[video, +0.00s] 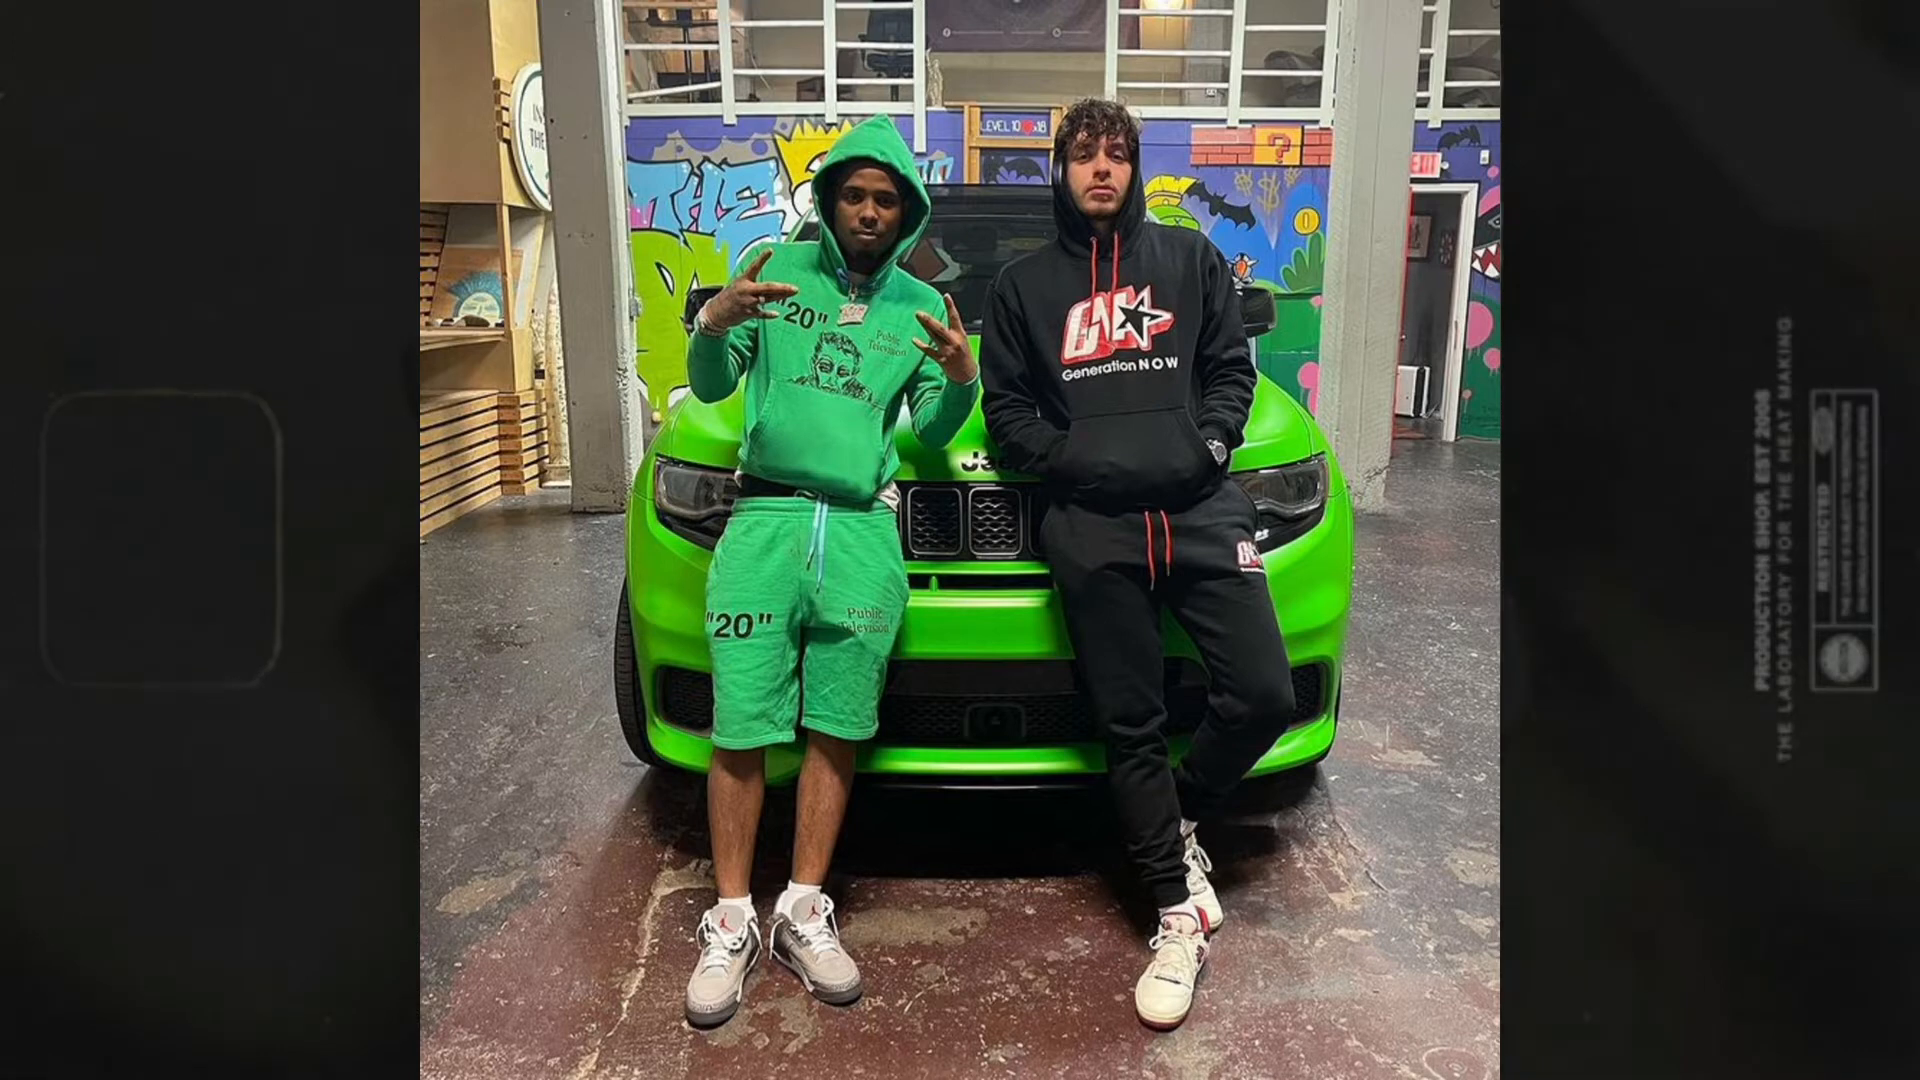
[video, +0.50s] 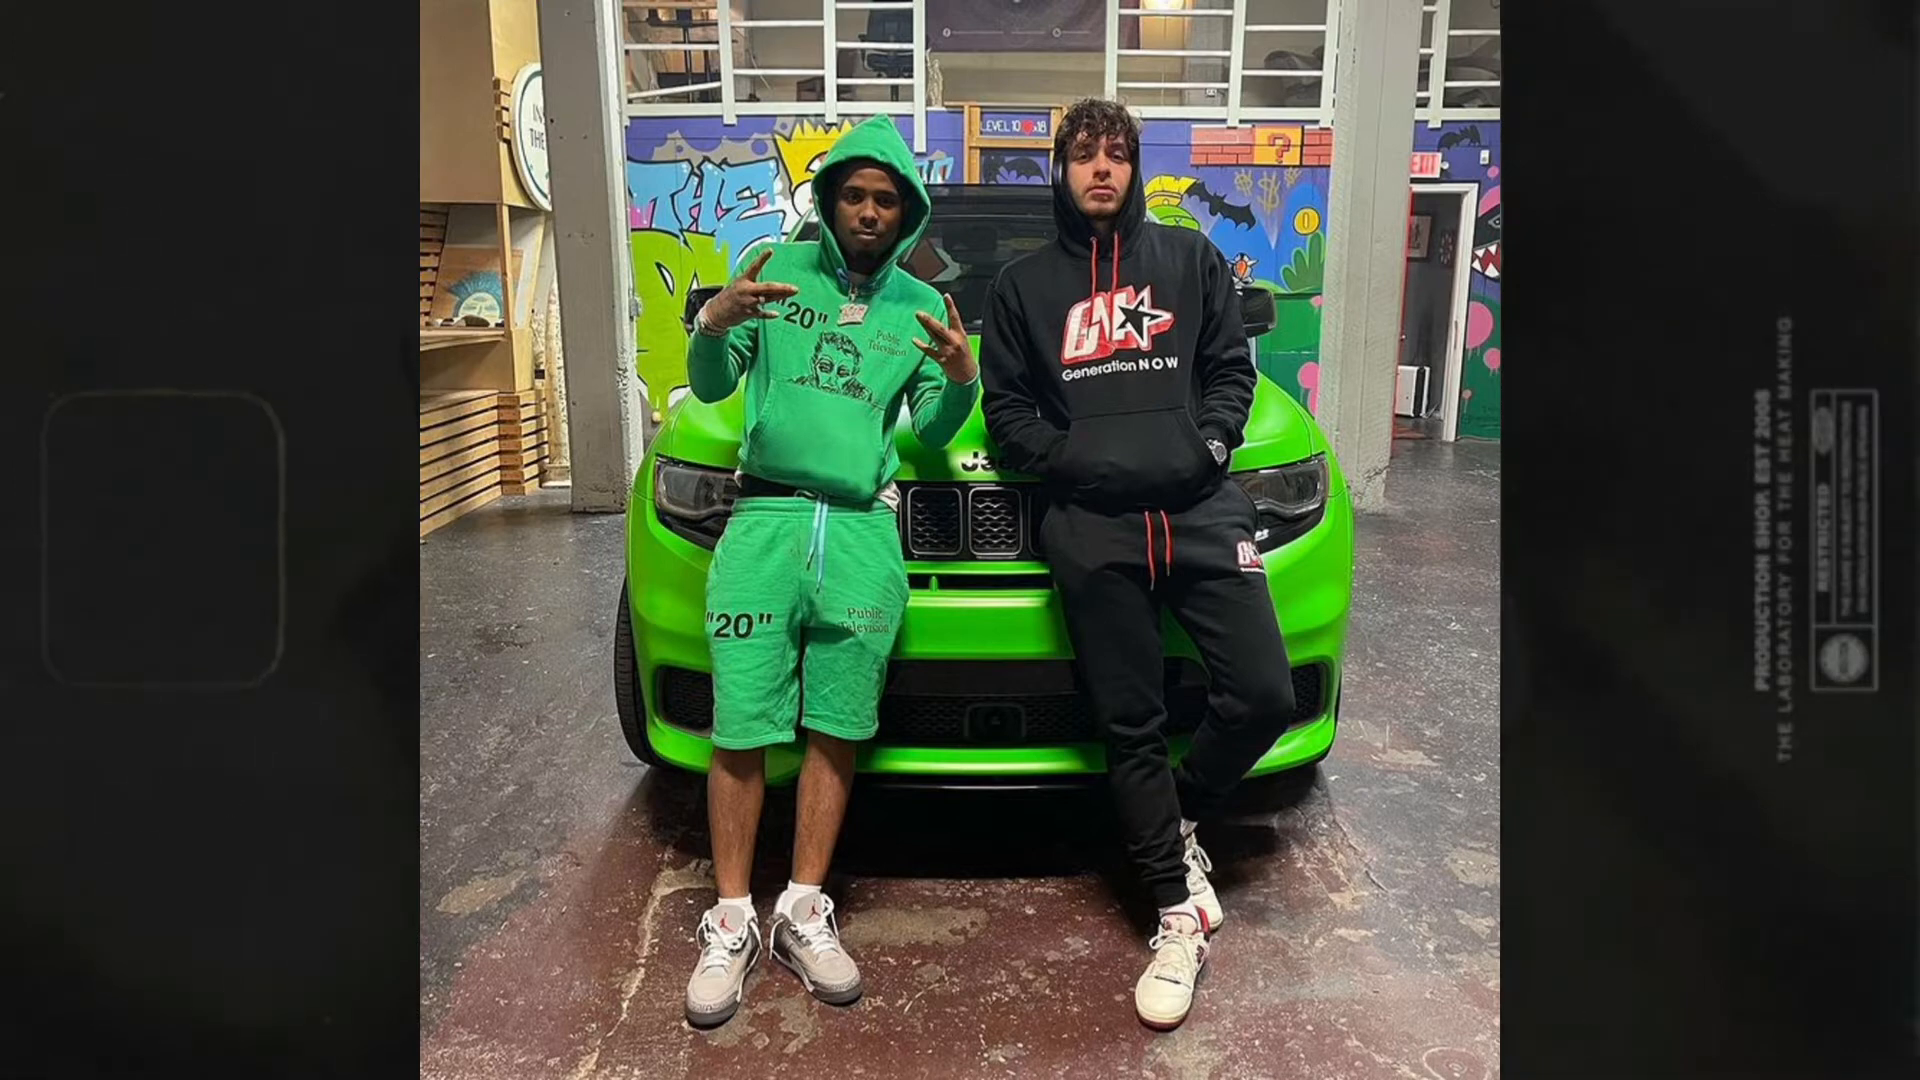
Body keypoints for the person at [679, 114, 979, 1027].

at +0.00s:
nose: (868, 212)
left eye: (885, 198)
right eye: (854, 196)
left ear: (907, 212)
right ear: (827, 202)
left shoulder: (923, 305)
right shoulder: (776, 268)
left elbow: (923, 439)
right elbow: (712, 384)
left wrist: (961, 380)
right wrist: (713, 321)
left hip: (861, 527)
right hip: (763, 517)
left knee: (838, 728)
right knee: (741, 728)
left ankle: (805, 908)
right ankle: (732, 919)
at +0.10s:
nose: (868, 212)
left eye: (885, 198)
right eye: (854, 196)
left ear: (907, 212)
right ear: (827, 202)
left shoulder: (923, 305)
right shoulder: (776, 268)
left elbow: (923, 439)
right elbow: (712, 384)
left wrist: (961, 380)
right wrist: (713, 321)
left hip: (861, 527)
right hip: (763, 517)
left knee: (838, 728)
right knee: (741, 728)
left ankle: (805, 908)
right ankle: (732, 919)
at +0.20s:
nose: (868, 212)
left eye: (885, 198)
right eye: (854, 196)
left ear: (907, 212)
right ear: (827, 202)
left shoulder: (923, 305)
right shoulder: (776, 268)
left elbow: (923, 439)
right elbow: (712, 384)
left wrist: (961, 380)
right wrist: (713, 321)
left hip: (861, 527)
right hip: (763, 517)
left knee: (838, 728)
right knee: (741, 728)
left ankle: (805, 908)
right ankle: (732, 919)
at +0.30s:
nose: (868, 212)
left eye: (885, 198)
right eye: (854, 196)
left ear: (907, 212)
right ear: (827, 202)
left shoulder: (923, 305)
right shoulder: (776, 268)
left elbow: (923, 439)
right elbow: (712, 384)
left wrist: (961, 380)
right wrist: (713, 321)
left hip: (861, 527)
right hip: (763, 517)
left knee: (838, 728)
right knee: (741, 728)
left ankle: (805, 908)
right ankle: (732, 919)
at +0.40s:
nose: (868, 212)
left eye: (885, 198)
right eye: (854, 196)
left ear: (907, 212)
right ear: (827, 202)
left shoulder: (923, 305)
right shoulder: (776, 268)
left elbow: (923, 439)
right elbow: (712, 384)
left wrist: (961, 380)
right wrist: (713, 321)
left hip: (861, 527)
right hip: (763, 517)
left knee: (838, 728)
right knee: (741, 728)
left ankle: (805, 908)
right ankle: (732, 919)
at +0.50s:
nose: (868, 212)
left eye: (885, 198)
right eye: (854, 196)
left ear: (907, 212)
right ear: (827, 202)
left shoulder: (923, 305)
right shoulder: (776, 268)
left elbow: (923, 439)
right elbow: (712, 384)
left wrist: (961, 380)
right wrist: (713, 321)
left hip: (861, 527)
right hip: (763, 517)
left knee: (838, 728)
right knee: (741, 728)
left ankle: (805, 908)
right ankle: (732, 919)